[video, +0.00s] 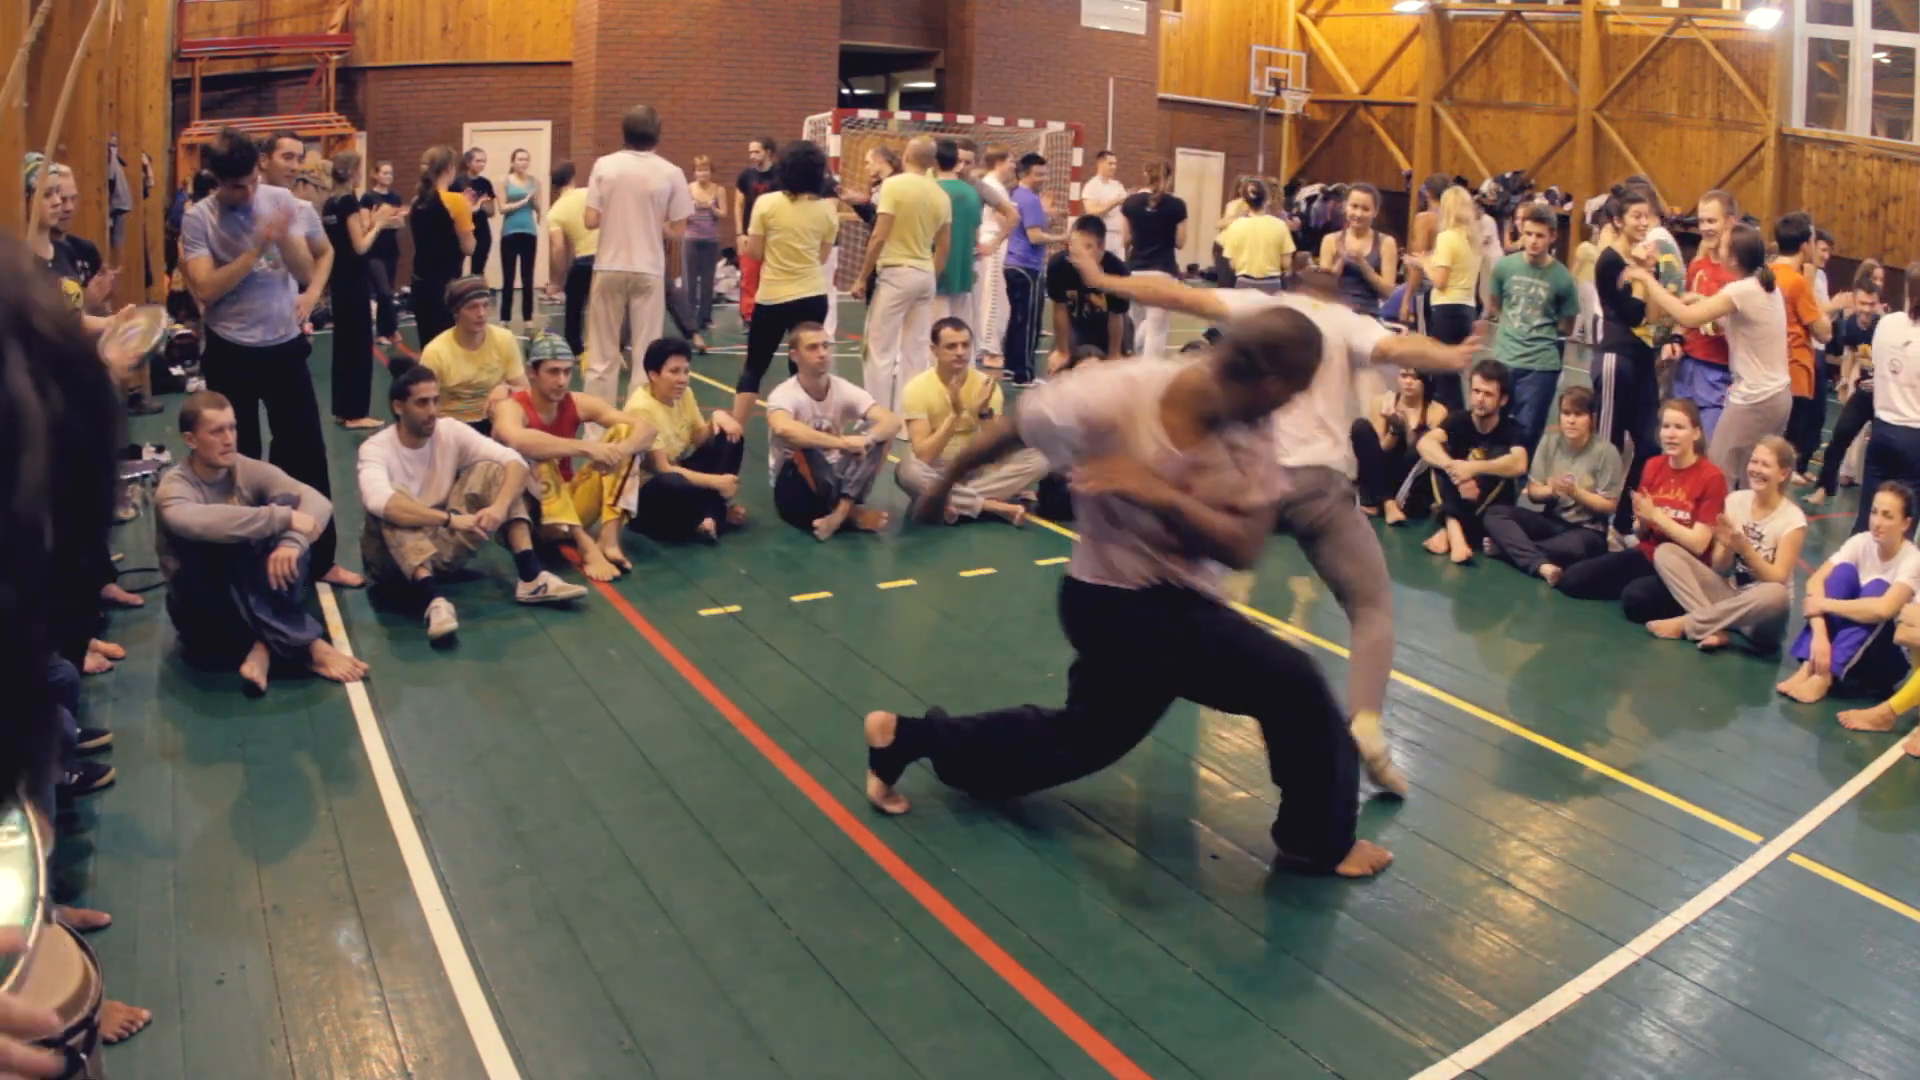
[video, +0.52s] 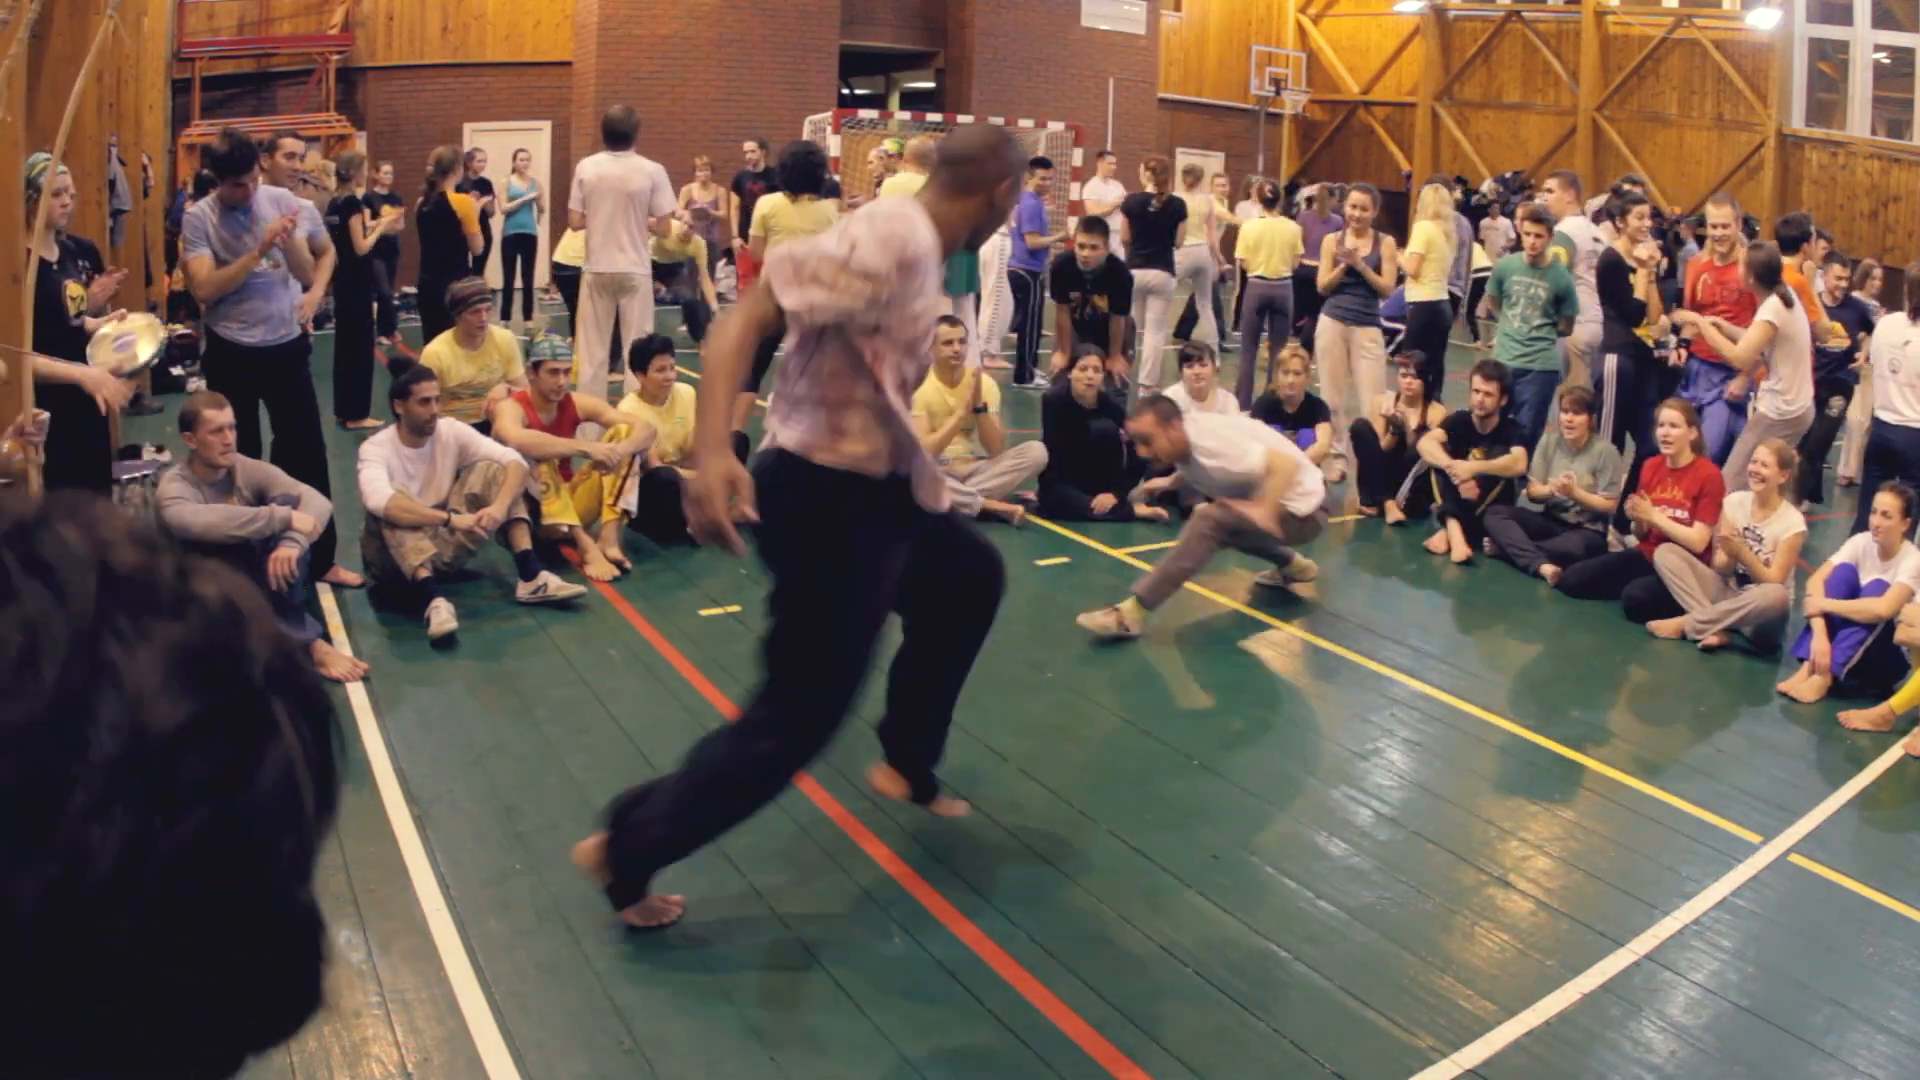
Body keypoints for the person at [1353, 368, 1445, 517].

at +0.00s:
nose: (1409, 382)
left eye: (1416, 377)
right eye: (1404, 376)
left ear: (1425, 382)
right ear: (1398, 379)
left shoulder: (1437, 412)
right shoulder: (1382, 403)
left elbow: (1427, 453)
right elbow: (1381, 448)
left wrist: (1408, 428)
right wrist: (1394, 430)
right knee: (1360, 426)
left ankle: (1372, 501)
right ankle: (1388, 501)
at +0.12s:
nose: (1409, 382)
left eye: (1415, 377)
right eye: (1404, 376)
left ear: (1425, 381)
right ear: (1397, 378)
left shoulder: (1437, 412)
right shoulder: (1382, 403)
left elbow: (1427, 453)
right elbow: (1381, 449)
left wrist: (1409, 428)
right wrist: (1394, 430)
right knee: (1360, 426)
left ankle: (1372, 500)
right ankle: (1388, 501)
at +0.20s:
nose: (1409, 382)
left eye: (1416, 377)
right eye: (1404, 376)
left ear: (1426, 382)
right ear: (1397, 378)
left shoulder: (1437, 412)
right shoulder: (1387, 404)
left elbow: (1430, 452)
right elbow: (1380, 450)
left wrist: (1411, 430)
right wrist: (1394, 432)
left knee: (1419, 449)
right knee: (1360, 426)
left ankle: (1372, 499)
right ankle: (1389, 501)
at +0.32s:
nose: (1409, 382)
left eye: (1415, 377)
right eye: (1404, 376)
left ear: (1426, 381)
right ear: (1397, 378)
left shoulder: (1437, 412)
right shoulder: (1382, 403)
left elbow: (1422, 454)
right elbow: (1379, 451)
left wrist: (1409, 428)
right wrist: (1394, 431)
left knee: (1420, 448)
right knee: (1360, 426)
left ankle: (1373, 500)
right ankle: (1388, 501)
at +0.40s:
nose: (1409, 382)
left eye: (1415, 377)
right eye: (1404, 376)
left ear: (1426, 381)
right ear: (1397, 378)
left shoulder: (1437, 412)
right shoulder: (1382, 403)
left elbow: (1424, 454)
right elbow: (1378, 451)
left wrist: (1409, 429)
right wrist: (1393, 432)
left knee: (1420, 449)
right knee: (1360, 426)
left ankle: (1372, 499)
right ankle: (1388, 501)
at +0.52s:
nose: (1409, 382)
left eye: (1415, 377)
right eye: (1404, 376)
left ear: (1426, 381)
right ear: (1397, 378)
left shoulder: (1436, 412)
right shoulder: (1382, 403)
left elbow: (1425, 454)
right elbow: (1378, 451)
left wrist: (1409, 429)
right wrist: (1394, 432)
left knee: (1418, 449)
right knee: (1360, 426)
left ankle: (1372, 499)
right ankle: (1389, 501)